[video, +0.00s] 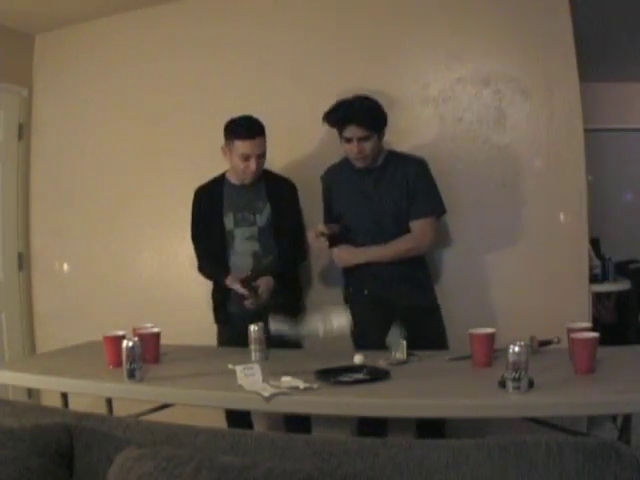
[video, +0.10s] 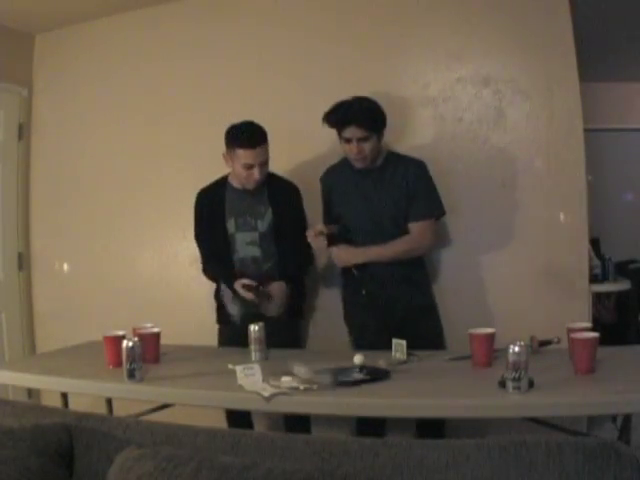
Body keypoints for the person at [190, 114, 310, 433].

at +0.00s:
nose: (253, 166)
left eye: (260, 157)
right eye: (245, 158)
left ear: (266, 151)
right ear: (226, 152)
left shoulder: (283, 189)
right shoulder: (207, 195)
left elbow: (295, 247)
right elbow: (205, 256)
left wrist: (273, 277)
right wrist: (227, 278)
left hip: (279, 305)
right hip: (233, 308)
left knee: (290, 386)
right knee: (235, 390)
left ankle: (299, 459)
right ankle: (241, 459)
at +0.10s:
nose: (257, 174)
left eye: (262, 165)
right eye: (248, 167)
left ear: (268, 156)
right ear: (228, 160)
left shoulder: (286, 192)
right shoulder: (209, 199)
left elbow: (298, 250)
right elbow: (210, 259)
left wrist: (285, 285)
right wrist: (233, 282)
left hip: (281, 304)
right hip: (235, 306)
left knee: (290, 384)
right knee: (235, 387)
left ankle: (299, 458)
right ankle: (241, 458)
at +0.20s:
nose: (265, 180)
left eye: (271, 171)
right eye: (257, 174)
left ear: (277, 160)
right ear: (236, 165)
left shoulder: (294, 196)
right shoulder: (216, 198)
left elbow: (309, 250)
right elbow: (214, 255)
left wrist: (313, 290)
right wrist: (234, 281)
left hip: (287, 303)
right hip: (240, 306)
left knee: (293, 383)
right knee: (238, 383)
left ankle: (299, 455)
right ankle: (242, 454)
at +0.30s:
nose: (278, 188)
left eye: (284, 179)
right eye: (270, 181)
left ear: (290, 167)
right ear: (248, 170)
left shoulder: (304, 202)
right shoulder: (225, 198)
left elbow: (327, 262)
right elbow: (217, 252)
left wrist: (355, 307)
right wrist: (235, 281)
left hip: (292, 314)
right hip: (243, 314)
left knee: (297, 395)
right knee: (238, 394)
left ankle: (302, 465)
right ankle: (242, 463)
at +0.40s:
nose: (288, 195)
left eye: (295, 185)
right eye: (279, 187)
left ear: (301, 172)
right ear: (258, 173)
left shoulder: (309, 206)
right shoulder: (232, 197)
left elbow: (340, 266)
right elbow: (221, 249)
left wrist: (371, 320)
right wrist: (236, 281)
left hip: (294, 318)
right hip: (245, 317)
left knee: (298, 400)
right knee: (236, 397)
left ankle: (302, 469)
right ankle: (239, 466)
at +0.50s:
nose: (294, 198)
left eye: (300, 189)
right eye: (285, 190)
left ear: (306, 177)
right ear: (263, 175)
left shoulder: (311, 208)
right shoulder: (236, 197)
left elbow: (343, 264)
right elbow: (223, 244)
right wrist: (235, 280)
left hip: (295, 317)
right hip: (246, 315)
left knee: (299, 398)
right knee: (235, 394)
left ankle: (301, 464)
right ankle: (242, 460)